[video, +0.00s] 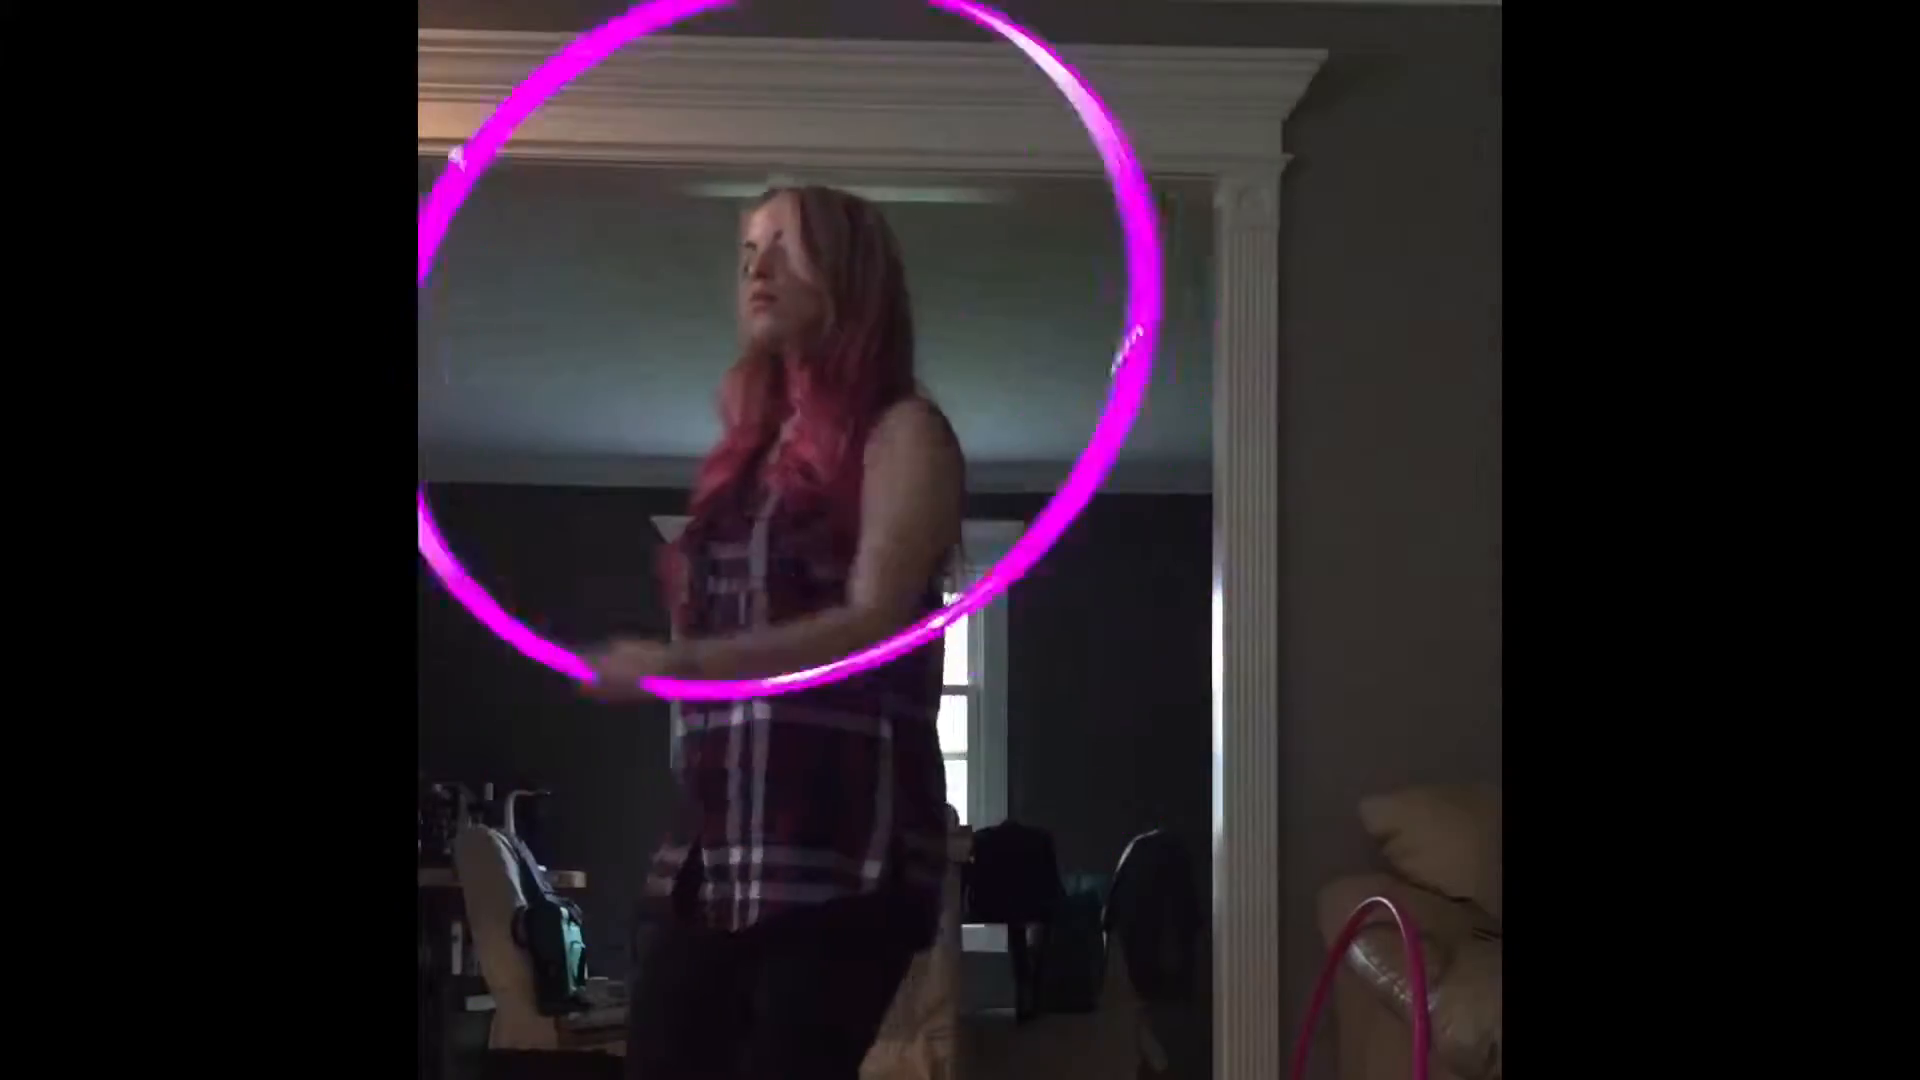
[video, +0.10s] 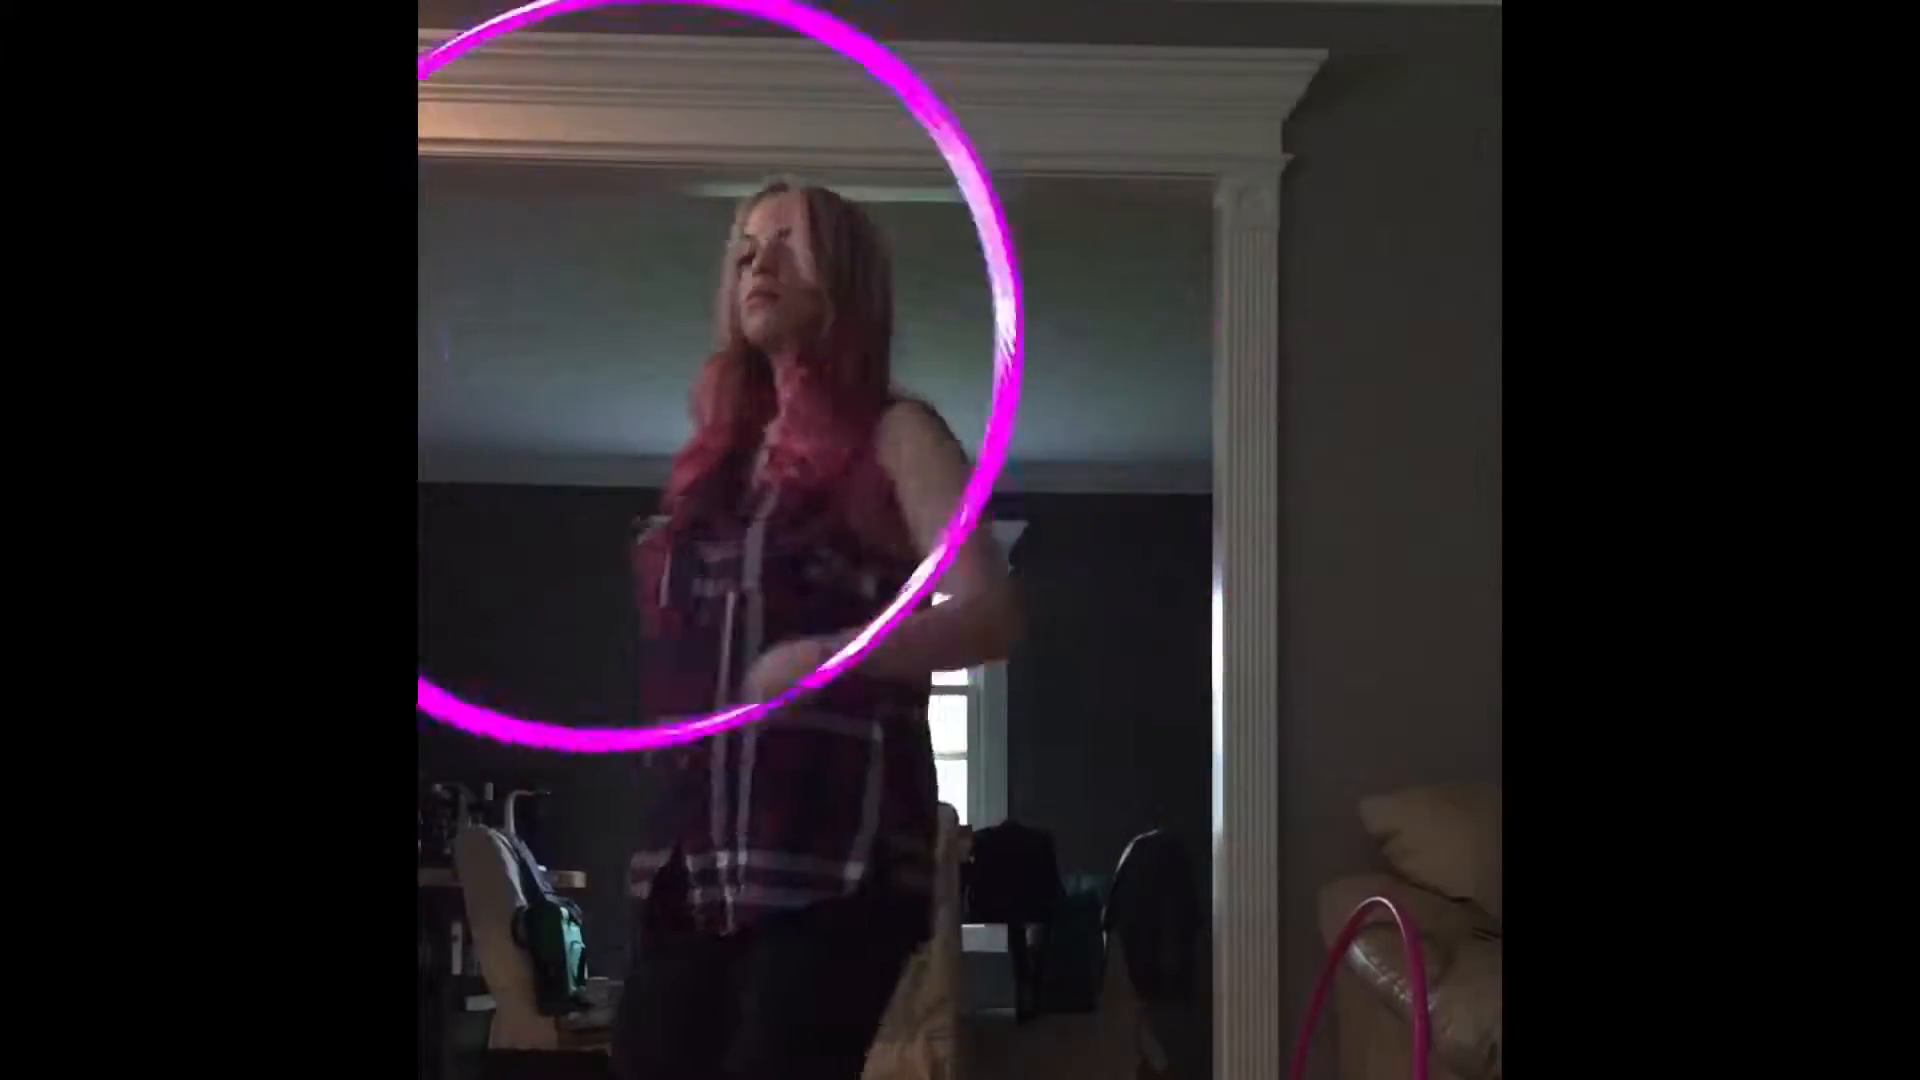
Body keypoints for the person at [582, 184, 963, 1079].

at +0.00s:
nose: (756, 271)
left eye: (784, 253)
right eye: (748, 256)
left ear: (846, 279)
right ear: (737, 280)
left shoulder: (903, 430)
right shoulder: (749, 438)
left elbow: (883, 622)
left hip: (844, 842)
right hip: (719, 832)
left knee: (789, 1061)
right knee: (668, 1053)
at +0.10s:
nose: (758, 266)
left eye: (787, 250)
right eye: (745, 252)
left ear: (842, 279)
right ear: (728, 280)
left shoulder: (897, 431)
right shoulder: (721, 440)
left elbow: (991, 614)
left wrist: (824, 656)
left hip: (837, 856)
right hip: (696, 844)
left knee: (786, 1062)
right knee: (657, 1057)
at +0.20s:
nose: (777, 272)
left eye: (806, 254)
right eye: (761, 257)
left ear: (858, 290)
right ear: (739, 290)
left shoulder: (914, 442)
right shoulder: (710, 452)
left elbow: (1093, 560)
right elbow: (661, 612)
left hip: (859, 857)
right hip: (706, 848)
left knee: (833, 1065)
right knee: (652, 1060)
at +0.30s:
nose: (807, 269)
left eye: (836, 254)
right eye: (789, 254)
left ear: (887, 289)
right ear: (761, 294)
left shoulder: (929, 435)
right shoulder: (725, 459)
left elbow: (1066, 488)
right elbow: (712, 653)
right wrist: (641, 723)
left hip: (881, 850)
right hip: (721, 844)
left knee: (920, 1064)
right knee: (683, 1065)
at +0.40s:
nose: (854, 262)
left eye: (882, 246)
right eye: (835, 248)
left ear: (924, 281)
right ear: (803, 285)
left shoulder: (976, 416)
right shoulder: (755, 450)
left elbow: (983, 497)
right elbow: (682, 661)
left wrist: (821, 343)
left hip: (961, 876)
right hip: (786, 875)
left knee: (1012, 1069)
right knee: (744, 1063)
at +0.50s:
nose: (912, 255)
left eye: (942, 244)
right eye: (891, 239)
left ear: (977, 282)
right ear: (854, 278)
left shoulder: (1024, 409)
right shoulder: (820, 437)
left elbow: (972, 536)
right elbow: (657, 610)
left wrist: (767, 468)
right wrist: (725, 505)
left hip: (1039, 865)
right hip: (869, 865)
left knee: (1093, 1067)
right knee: (798, 1068)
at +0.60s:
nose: (971, 244)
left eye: (997, 231)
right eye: (946, 230)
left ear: (1028, 273)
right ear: (908, 273)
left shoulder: (1079, 414)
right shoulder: (862, 441)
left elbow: (1012, 569)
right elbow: (683, 582)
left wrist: (805, 567)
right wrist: (746, 544)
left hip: (1082, 879)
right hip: (916, 883)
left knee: (1127, 1065)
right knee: (856, 1067)